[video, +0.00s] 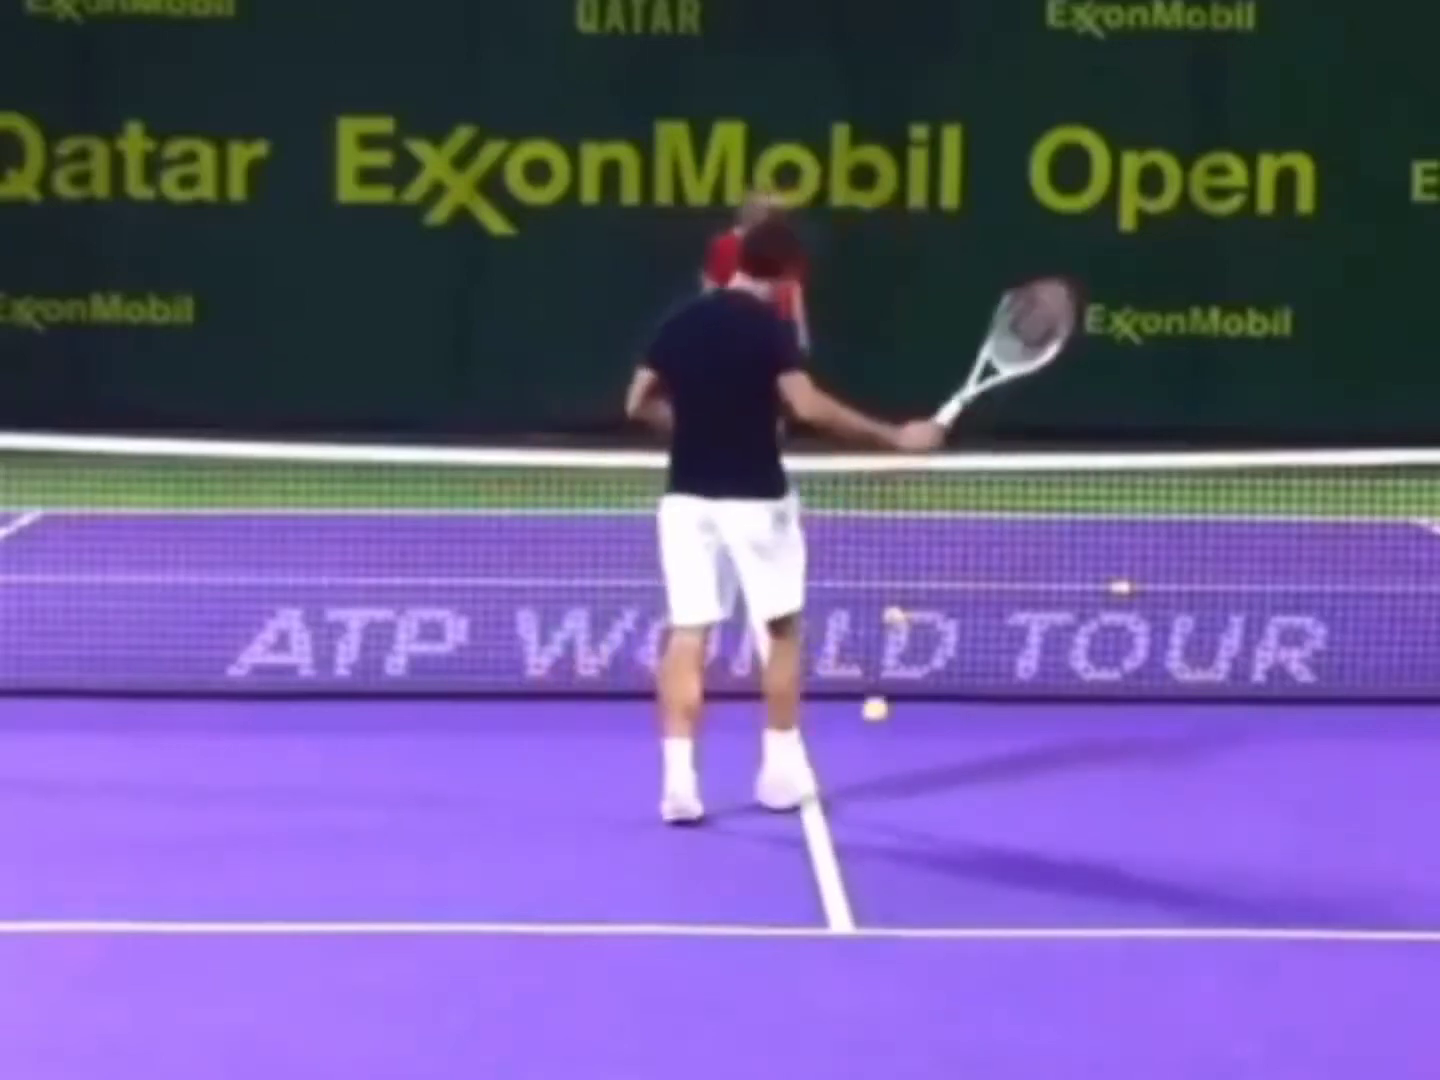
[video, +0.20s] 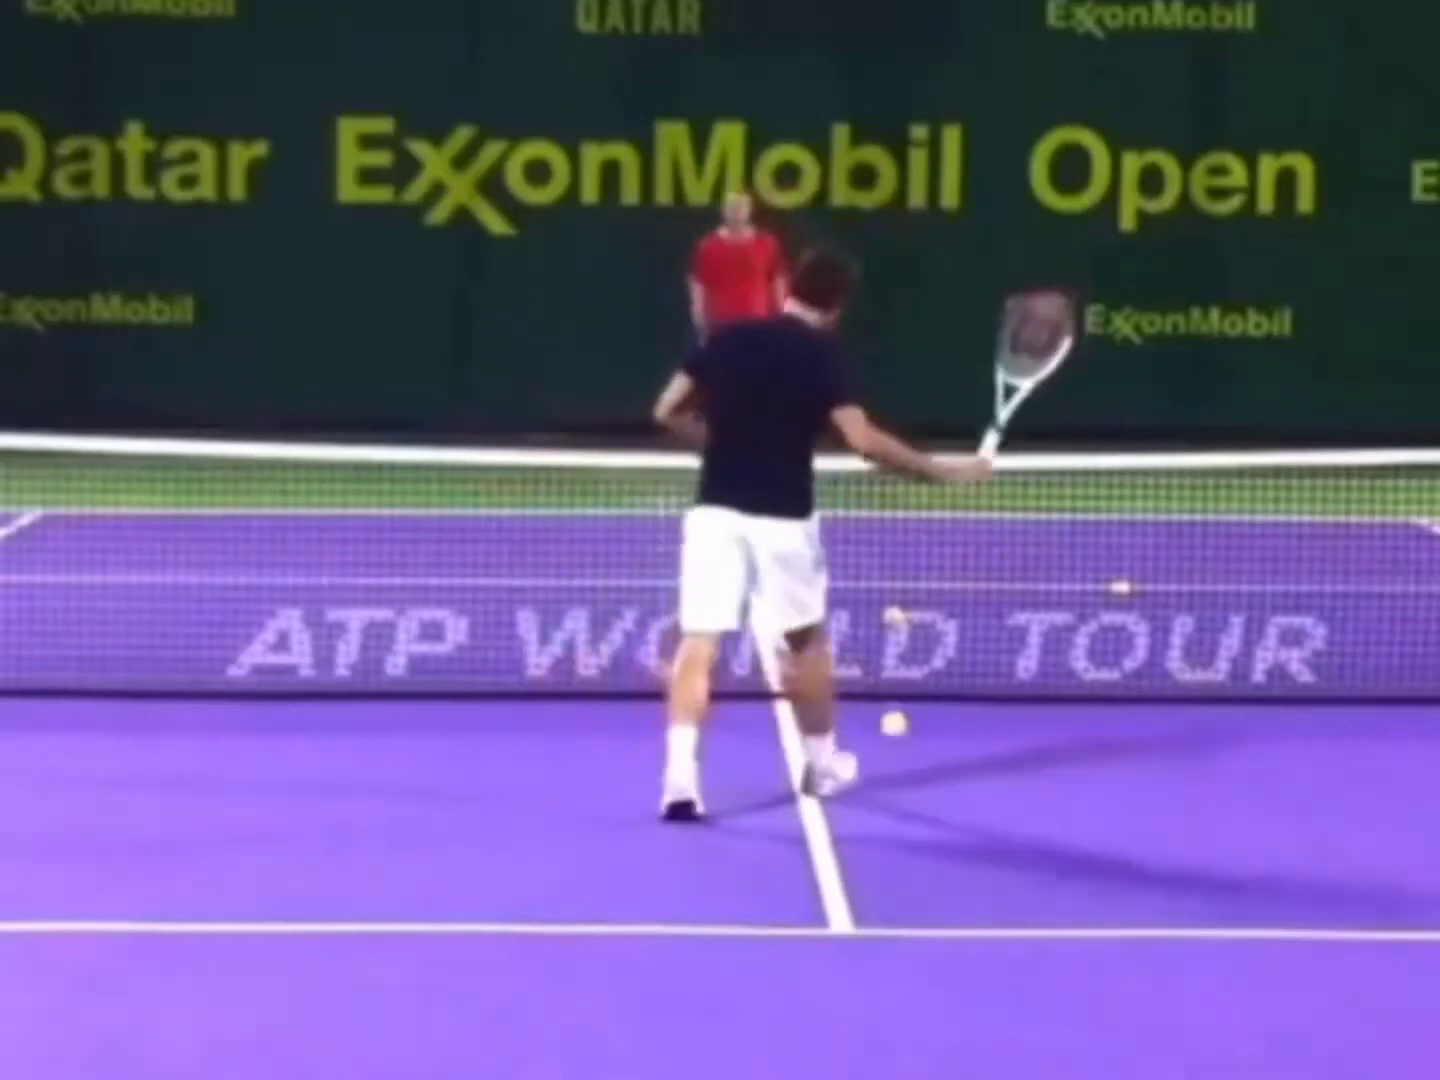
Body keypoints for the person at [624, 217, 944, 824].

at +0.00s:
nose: (794, 288)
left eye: (793, 279)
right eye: (794, 279)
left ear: (737, 263)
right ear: (783, 275)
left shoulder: (686, 318)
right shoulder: (771, 326)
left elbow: (639, 403)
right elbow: (807, 406)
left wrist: (690, 425)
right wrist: (896, 436)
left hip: (686, 497)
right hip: (757, 499)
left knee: (686, 633)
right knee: (781, 631)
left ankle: (677, 774)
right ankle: (782, 765)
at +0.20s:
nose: (839, 315)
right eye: (841, 306)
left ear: (786, 289)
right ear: (837, 306)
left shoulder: (731, 337)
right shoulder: (822, 354)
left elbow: (668, 411)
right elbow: (861, 438)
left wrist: (720, 441)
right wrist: (943, 468)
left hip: (714, 514)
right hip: (782, 522)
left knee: (698, 643)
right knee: (805, 641)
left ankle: (679, 775)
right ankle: (821, 760)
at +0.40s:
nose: (895, 344)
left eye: (895, 334)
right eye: (897, 335)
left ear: (850, 306)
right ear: (890, 330)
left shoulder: (787, 328)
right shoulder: (870, 371)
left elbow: (713, 377)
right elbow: (889, 472)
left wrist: (714, 449)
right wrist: (949, 531)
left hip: (741, 488)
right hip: (810, 504)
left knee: (711, 621)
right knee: (821, 626)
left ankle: (695, 742)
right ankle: (825, 762)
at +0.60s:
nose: (915, 367)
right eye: (917, 359)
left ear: (878, 324)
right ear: (913, 355)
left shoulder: (821, 328)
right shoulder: (895, 396)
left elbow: (750, 338)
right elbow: (899, 510)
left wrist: (723, 414)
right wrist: (913, 601)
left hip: (762, 463)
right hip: (827, 488)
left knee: (725, 595)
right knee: (825, 619)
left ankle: (688, 720)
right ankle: (824, 759)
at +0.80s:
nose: (921, 367)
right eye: (923, 359)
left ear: (884, 323)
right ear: (919, 356)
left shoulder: (836, 328)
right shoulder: (903, 397)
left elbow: (772, 346)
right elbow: (898, 505)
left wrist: (762, 421)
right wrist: (871, 539)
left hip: (778, 459)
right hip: (842, 487)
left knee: (727, 584)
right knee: (833, 616)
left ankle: (690, 705)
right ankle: (826, 759)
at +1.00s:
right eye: (922, 319)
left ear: (880, 297)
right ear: (926, 325)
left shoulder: (837, 315)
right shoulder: (910, 377)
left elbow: (781, 347)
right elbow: (895, 468)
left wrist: (771, 427)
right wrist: (883, 492)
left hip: (784, 460)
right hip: (847, 484)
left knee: (742, 586)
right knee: (835, 616)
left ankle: (720, 713)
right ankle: (828, 757)